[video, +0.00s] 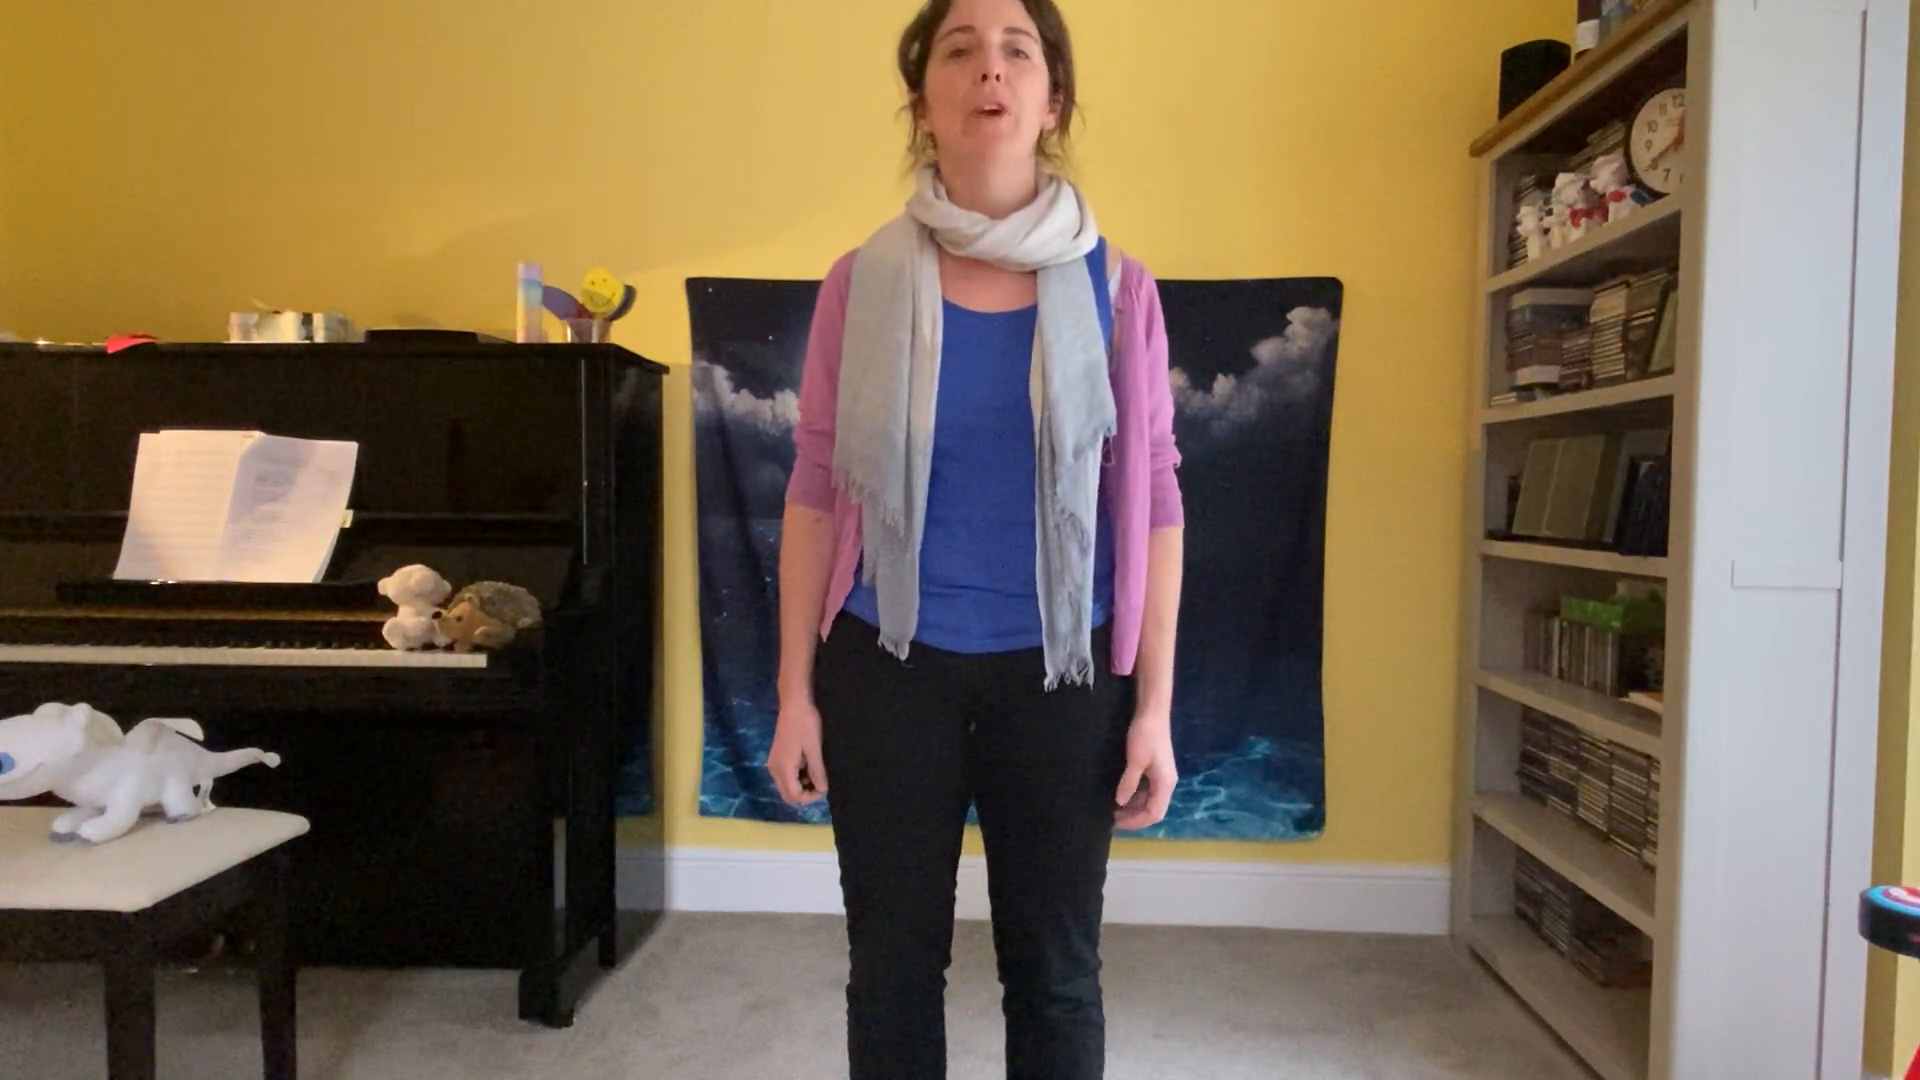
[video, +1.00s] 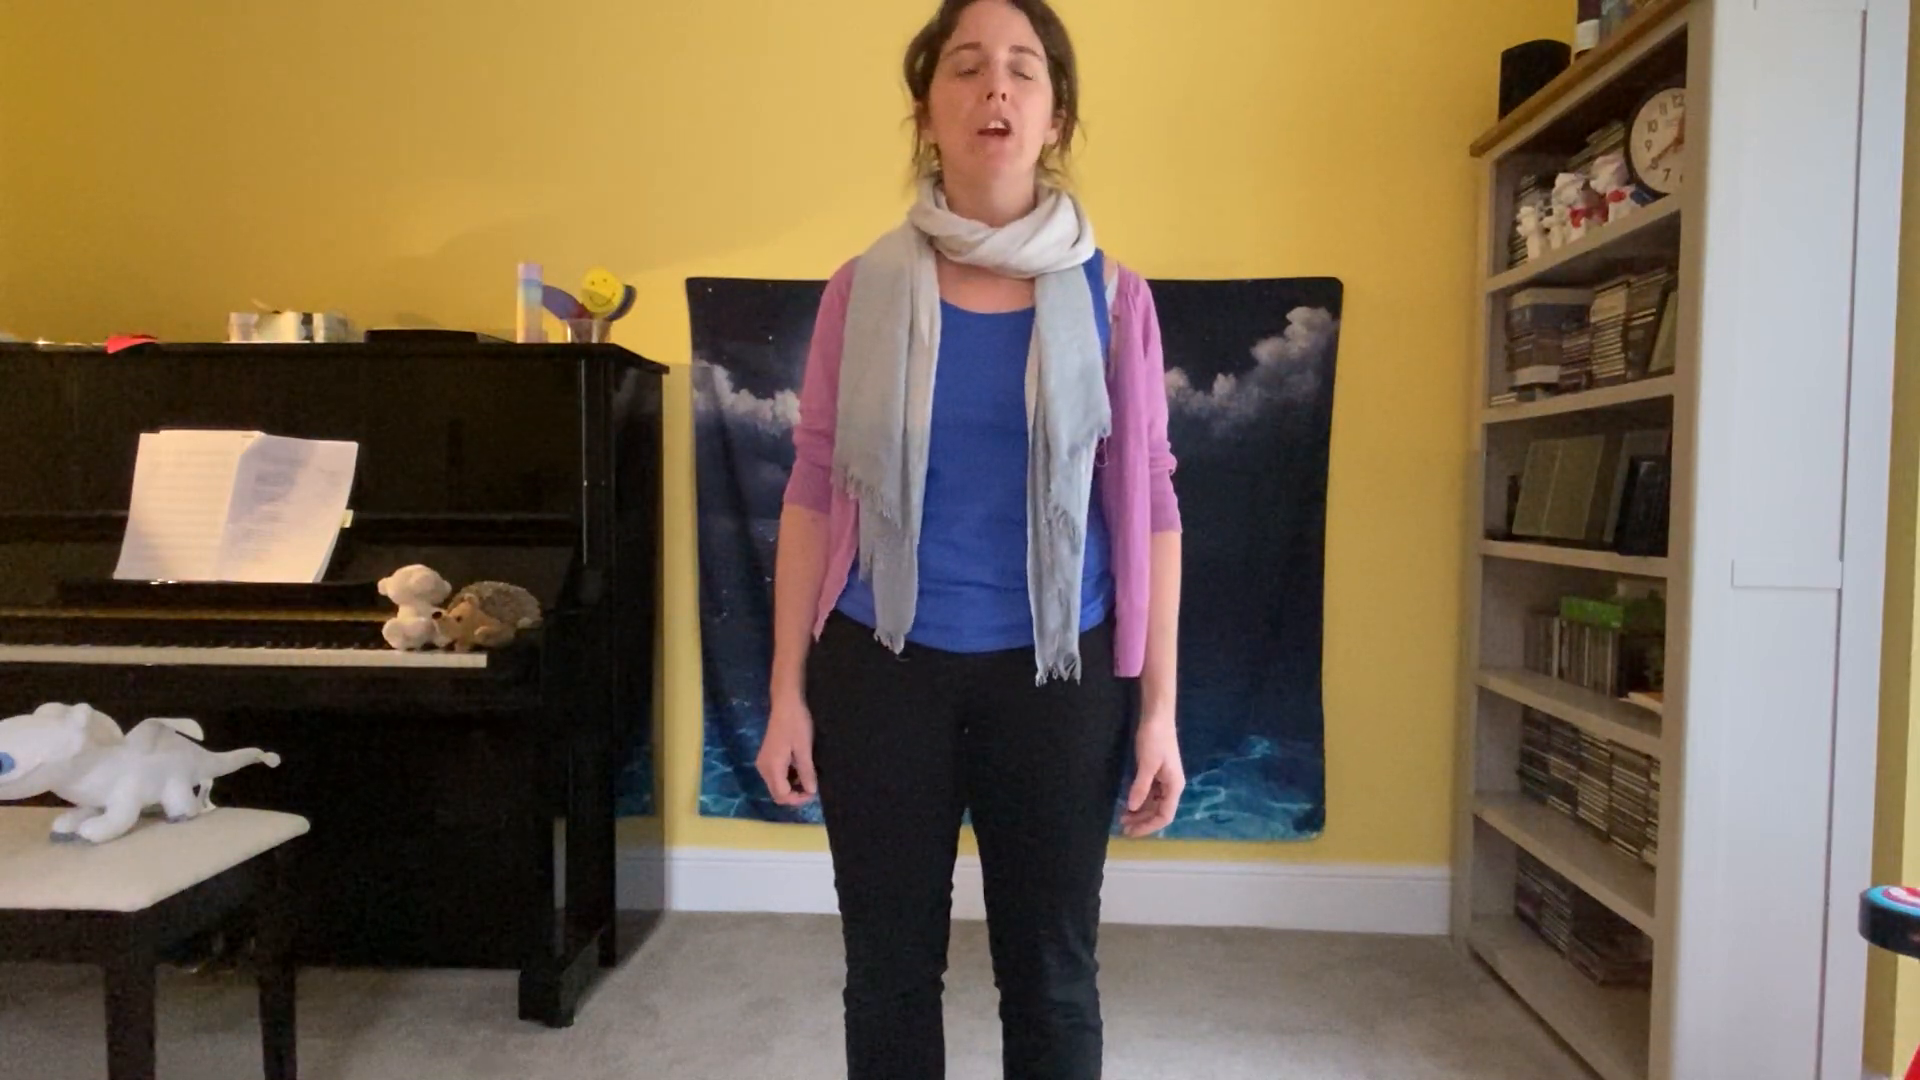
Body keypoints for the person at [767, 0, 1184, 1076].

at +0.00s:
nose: (988, 66)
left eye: (1016, 48)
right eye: (959, 47)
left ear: (1054, 96)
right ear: (920, 95)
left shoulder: (1118, 291)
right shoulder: (859, 284)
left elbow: (1154, 502)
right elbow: (814, 493)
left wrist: (1153, 700)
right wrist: (793, 689)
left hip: (1061, 682)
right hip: (886, 676)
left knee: (1057, 984)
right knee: (891, 983)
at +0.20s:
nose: (986, 67)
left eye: (1014, 50)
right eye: (956, 49)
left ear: (1052, 99)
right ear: (918, 97)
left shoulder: (1116, 290)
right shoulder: (855, 286)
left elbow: (1153, 502)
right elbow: (812, 493)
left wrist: (1155, 703)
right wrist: (791, 691)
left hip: (1061, 683)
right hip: (884, 677)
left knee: (1056, 986)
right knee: (891, 986)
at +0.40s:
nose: (983, 74)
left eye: (1012, 56)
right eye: (955, 54)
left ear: (1050, 101)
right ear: (917, 98)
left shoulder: (1115, 293)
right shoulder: (854, 290)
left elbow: (1154, 503)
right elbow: (811, 497)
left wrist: (1158, 704)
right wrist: (787, 693)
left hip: (1060, 686)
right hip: (882, 679)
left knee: (1054, 989)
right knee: (891, 985)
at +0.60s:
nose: (991, 84)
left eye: (1017, 65)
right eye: (963, 64)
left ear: (1055, 108)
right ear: (923, 108)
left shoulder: (1116, 297)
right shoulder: (859, 289)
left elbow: (1153, 502)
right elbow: (811, 493)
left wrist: (1159, 703)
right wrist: (783, 693)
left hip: (1058, 688)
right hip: (879, 682)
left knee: (1052, 990)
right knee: (889, 988)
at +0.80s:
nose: (994, 83)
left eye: (1021, 66)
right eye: (965, 65)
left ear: (1057, 114)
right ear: (925, 111)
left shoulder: (1114, 299)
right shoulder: (861, 290)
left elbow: (1150, 505)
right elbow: (812, 494)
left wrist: (1157, 703)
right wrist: (783, 692)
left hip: (1058, 688)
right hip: (877, 681)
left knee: (1053, 993)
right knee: (888, 993)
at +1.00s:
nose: (996, 85)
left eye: (1022, 68)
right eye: (968, 66)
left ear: (1057, 115)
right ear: (926, 112)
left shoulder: (1114, 300)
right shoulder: (862, 291)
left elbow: (1150, 508)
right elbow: (812, 494)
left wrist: (1158, 703)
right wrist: (785, 691)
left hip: (1057, 683)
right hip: (879, 677)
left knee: (1052, 985)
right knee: (889, 982)